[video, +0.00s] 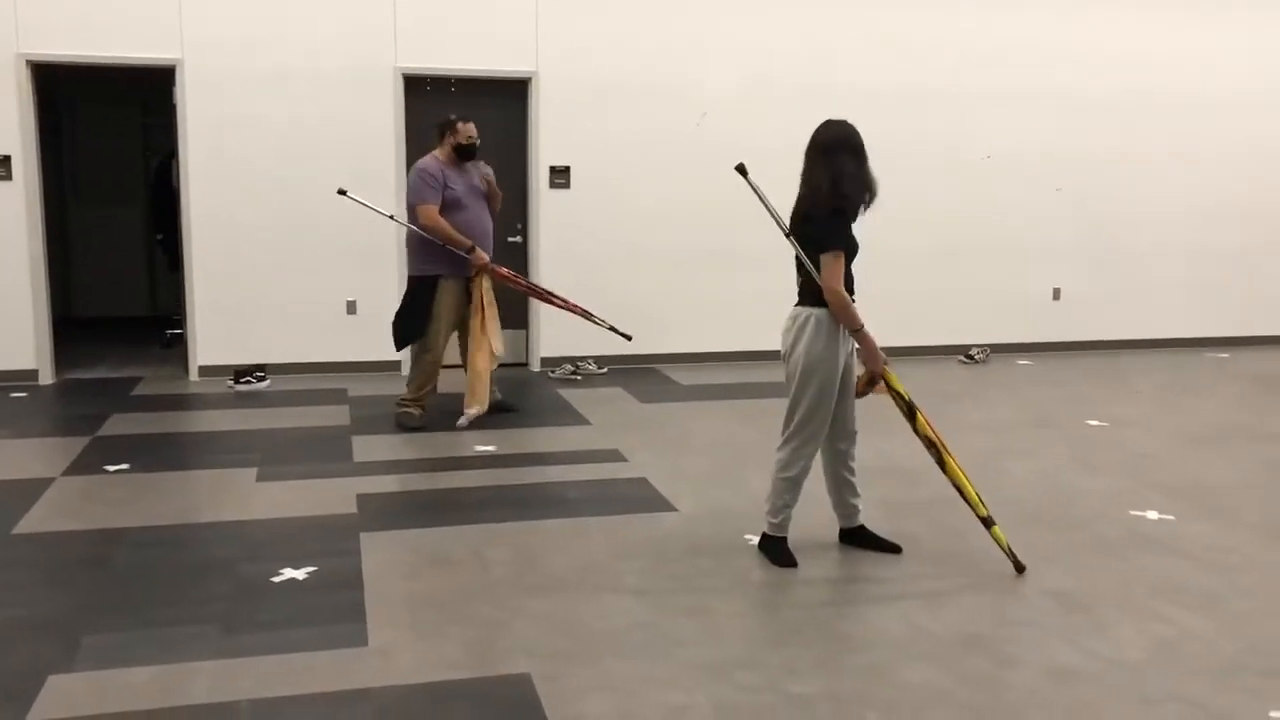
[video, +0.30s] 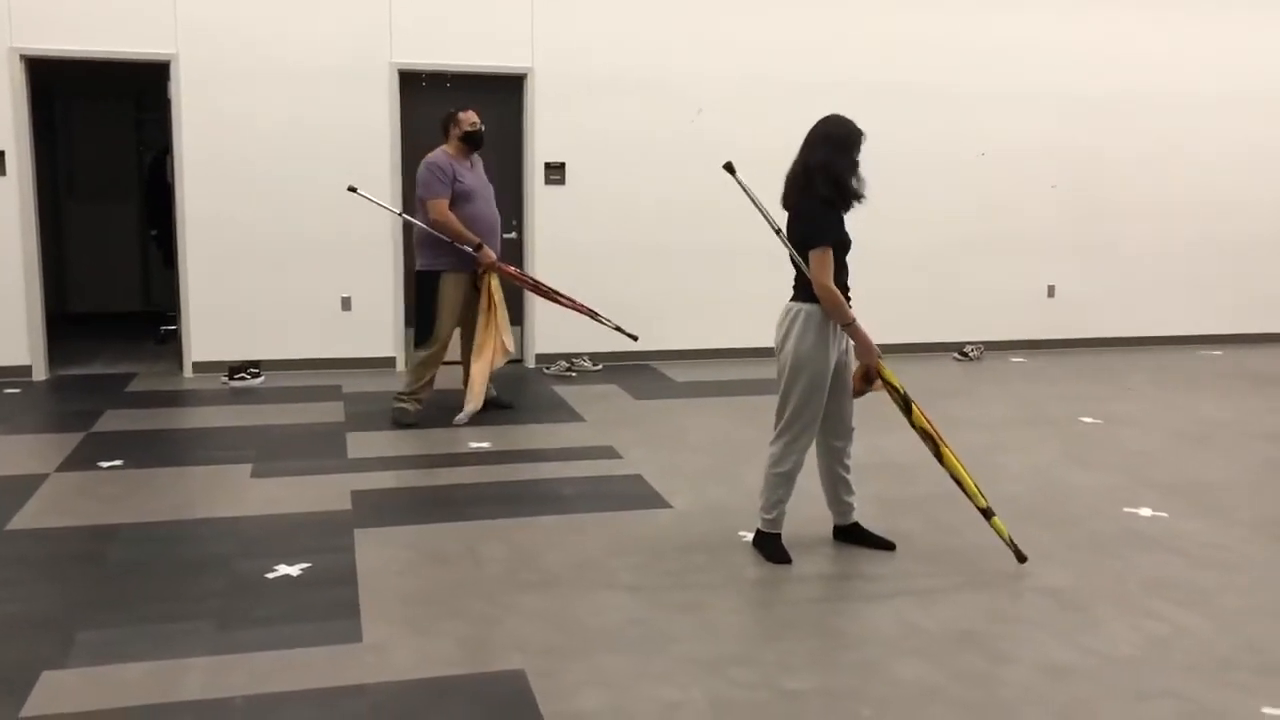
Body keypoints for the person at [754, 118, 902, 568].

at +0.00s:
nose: (863, 169)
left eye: (861, 159)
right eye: (859, 160)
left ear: (817, 160)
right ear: (848, 163)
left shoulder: (823, 211)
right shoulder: (828, 215)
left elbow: (831, 288)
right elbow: (833, 290)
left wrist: (858, 344)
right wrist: (868, 345)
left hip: (834, 330)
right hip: (817, 330)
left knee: (841, 435)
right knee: (804, 435)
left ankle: (851, 526)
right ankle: (774, 532)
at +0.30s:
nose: (857, 164)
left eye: (858, 155)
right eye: (853, 155)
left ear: (820, 152)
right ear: (837, 156)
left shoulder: (824, 203)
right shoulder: (815, 207)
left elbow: (827, 281)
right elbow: (822, 283)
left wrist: (851, 346)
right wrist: (861, 339)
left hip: (834, 325)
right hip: (809, 325)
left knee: (837, 430)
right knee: (796, 430)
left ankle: (845, 523)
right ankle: (768, 529)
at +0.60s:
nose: (856, 164)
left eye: (858, 156)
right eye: (851, 155)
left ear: (830, 152)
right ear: (831, 152)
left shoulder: (824, 203)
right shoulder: (807, 205)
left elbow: (827, 280)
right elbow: (822, 281)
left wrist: (850, 338)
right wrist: (867, 333)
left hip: (832, 322)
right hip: (805, 321)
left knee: (836, 428)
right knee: (788, 428)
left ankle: (841, 521)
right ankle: (764, 526)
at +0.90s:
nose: (852, 161)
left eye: (855, 153)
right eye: (847, 152)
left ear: (843, 150)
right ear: (824, 148)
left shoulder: (826, 203)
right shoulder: (801, 202)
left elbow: (827, 276)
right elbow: (814, 278)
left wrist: (854, 329)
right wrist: (863, 322)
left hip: (833, 319)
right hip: (801, 318)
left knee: (835, 424)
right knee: (784, 425)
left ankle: (838, 519)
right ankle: (761, 524)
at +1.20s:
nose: (845, 159)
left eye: (849, 151)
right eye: (839, 150)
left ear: (842, 148)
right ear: (817, 146)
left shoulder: (824, 199)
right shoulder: (796, 198)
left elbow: (826, 271)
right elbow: (805, 274)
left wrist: (850, 327)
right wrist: (858, 318)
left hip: (831, 316)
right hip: (798, 315)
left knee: (831, 422)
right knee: (779, 422)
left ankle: (835, 516)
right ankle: (758, 521)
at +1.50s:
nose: (832, 151)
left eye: (837, 144)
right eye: (827, 142)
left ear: (836, 142)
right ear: (804, 138)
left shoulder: (814, 193)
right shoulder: (786, 192)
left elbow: (817, 265)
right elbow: (796, 268)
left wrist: (842, 321)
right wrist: (846, 311)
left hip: (822, 311)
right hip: (790, 309)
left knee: (824, 416)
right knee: (772, 416)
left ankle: (827, 510)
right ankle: (751, 516)